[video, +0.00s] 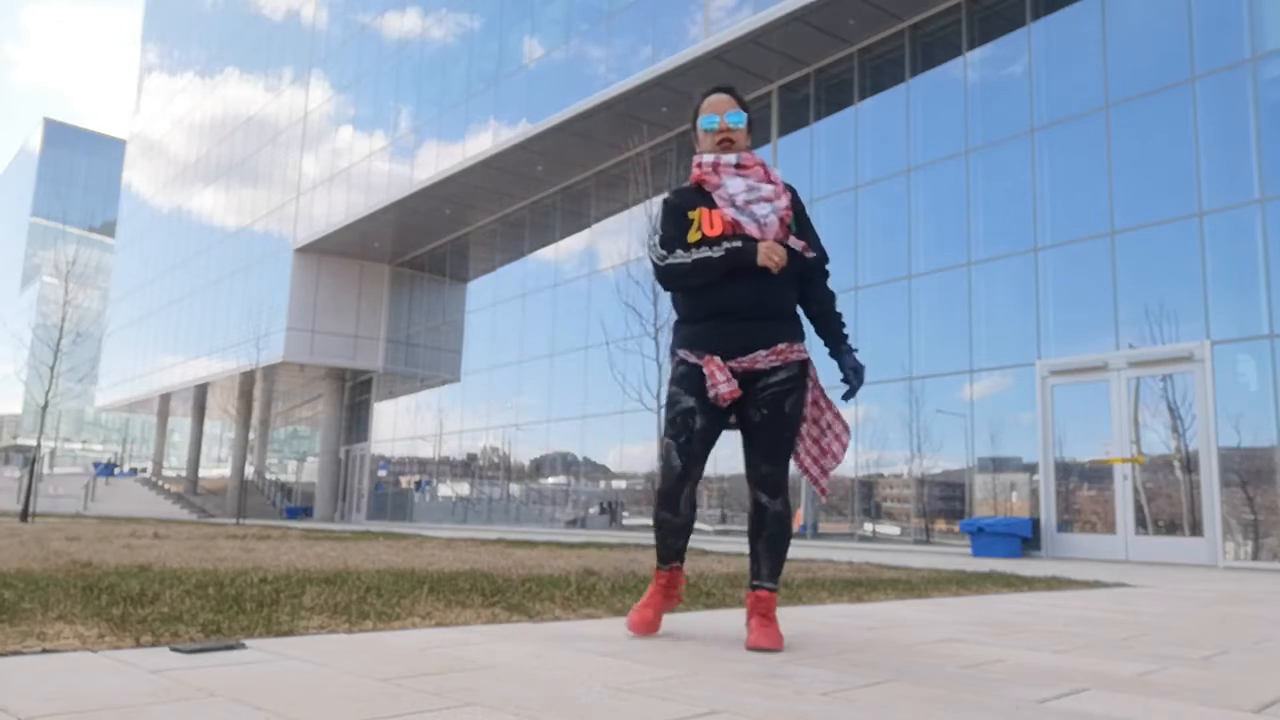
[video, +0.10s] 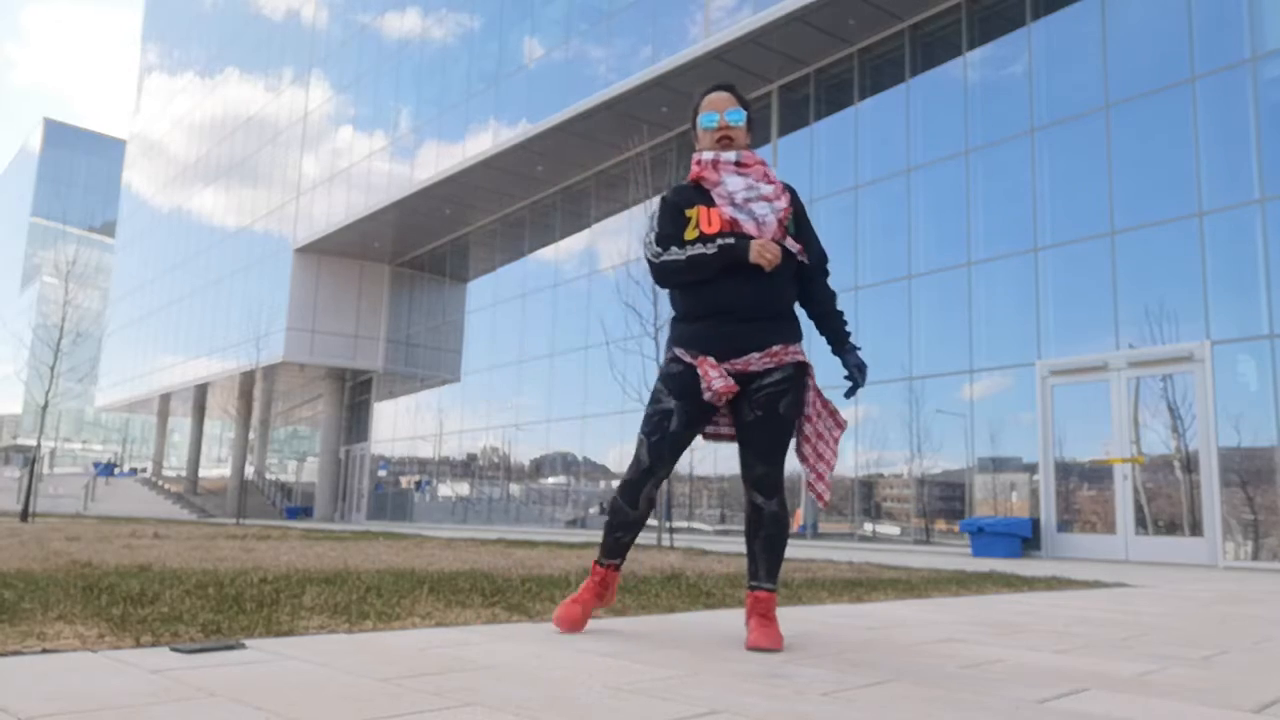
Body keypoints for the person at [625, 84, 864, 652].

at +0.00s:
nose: (723, 129)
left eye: (733, 120)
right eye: (712, 121)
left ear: (750, 130)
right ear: (696, 134)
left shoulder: (781, 199)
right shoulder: (680, 202)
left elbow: (812, 277)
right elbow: (666, 267)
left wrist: (839, 346)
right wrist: (747, 251)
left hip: (774, 357)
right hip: (700, 359)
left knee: (769, 482)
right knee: (675, 471)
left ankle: (762, 604)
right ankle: (666, 580)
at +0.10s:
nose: (723, 127)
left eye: (732, 117)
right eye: (711, 119)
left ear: (750, 127)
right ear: (696, 132)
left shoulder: (781, 200)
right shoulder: (680, 200)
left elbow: (812, 278)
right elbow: (662, 265)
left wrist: (842, 343)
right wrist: (739, 248)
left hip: (771, 357)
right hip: (694, 357)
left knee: (764, 482)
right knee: (648, 464)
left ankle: (762, 606)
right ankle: (602, 578)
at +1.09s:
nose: (743, 132)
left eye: (753, 122)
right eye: (730, 125)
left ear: (770, 132)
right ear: (715, 138)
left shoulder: (808, 201)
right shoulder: (700, 207)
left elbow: (855, 264)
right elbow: (677, 273)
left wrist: (908, 292)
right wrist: (747, 253)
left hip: (794, 355)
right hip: (720, 354)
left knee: (778, 482)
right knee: (734, 452)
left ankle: (763, 607)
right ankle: (707, 573)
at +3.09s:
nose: (759, 133)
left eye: (771, 123)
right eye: (746, 125)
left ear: (788, 132)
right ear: (733, 137)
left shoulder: (818, 195)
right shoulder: (718, 208)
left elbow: (867, 270)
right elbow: (691, 279)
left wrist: (922, 319)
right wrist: (666, 224)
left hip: (801, 360)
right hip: (727, 363)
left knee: (776, 486)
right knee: (651, 440)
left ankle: (764, 608)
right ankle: (682, 562)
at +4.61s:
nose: (737, 137)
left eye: (746, 129)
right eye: (726, 126)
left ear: (753, 136)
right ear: (697, 131)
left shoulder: (766, 203)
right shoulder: (666, 200)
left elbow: (803, 270)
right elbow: (616, 254)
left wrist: (798, 279)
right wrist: (607, 197)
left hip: (739, 356)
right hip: (668, 358)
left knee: (746, 477)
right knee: (670, 479)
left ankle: (758, 605)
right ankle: (667, 598)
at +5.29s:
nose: (748, 170)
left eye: (750, 160)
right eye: (741, 159)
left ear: (728, 159)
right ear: (705, 153)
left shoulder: (737, 222)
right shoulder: (644, 205)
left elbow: (719, 276)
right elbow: (573, 215)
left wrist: (628, 263)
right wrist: (612, 161)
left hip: (719, 357)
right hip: (648, 361)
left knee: (781, 467)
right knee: (653, 482)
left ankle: (849, 582)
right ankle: (668, 599)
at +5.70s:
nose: (735, 169)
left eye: (742, 161)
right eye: (724, 159)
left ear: (745, 167)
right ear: (692, 161)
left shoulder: (741, 229)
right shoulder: (649, 217)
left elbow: (729, 287)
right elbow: (580, 234)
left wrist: (639, 280)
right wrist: (616, 179)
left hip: (718, 368)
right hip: (647, 370)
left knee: (781, 479)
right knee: (650, 486)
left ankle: (850, 593)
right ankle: (667, 600)